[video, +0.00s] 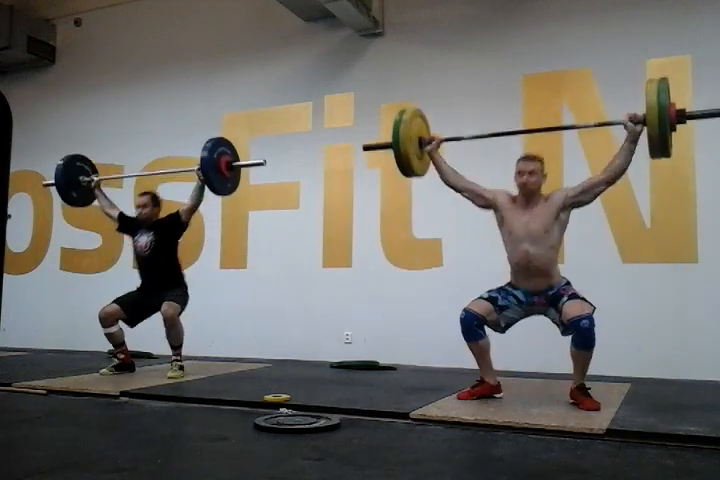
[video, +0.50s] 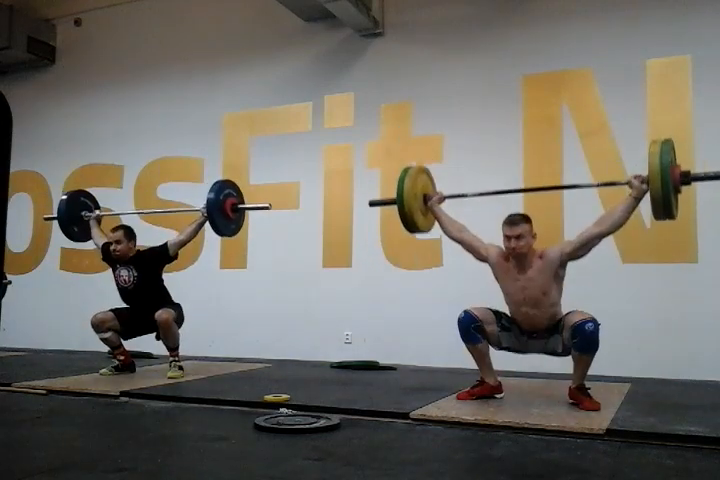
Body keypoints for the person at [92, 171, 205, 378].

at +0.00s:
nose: (139, 211)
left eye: (144, 207)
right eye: (138, 207)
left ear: (156, 208)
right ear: (136, 209)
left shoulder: (170, 225)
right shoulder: (134, 227)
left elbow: (191, 206)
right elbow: (110, 210)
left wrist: (201, 181)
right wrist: (96, 189)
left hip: (173, 289)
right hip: (148, 291)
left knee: (169, 313)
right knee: (107, 315)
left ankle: (177, 361)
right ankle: (124, 361)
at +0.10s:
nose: (127, 220)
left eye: (131, 216)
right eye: (125, 216)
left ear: (145, 218)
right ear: (124, 218)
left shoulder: (160, 234)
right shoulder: (124, 236)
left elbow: (186, 210)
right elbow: (104, 214)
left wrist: (201, 186)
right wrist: (93, 194)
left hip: (168, 294)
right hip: (143, 298)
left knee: (170, 314)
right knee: (104, 317)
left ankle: (176, 362)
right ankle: (124, 361)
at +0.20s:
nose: (120, 228)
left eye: (125, 223)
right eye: (118, 224)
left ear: (138, 225)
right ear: (115, 225)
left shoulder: (155, 241)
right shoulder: (117, 243)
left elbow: (184, 221)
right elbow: (101, 224)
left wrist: (202, 197)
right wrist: (93, 206)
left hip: (166, 299)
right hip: (141, 302)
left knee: (167, 315)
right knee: (101, 320)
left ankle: (175, 361)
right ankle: (124, 362)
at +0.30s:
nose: (115, 235)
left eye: (120, 231)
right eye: (114, 231)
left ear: (134, 233)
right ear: (112, 234)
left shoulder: (152, 248)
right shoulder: (115, 250)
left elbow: (183, 229)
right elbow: (99, 231)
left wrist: (203, 205)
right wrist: (92, 213)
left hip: (163, 305)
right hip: (138, 308)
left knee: (167, 316)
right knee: (98, 322)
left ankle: (176, 361)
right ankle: (123, 361)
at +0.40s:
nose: (114, 242)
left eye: (119, 237)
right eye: (112, 238)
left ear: (132, 239)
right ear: (110, 241)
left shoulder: (151, 253)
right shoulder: (114, 256)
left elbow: (181, 235)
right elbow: (99, 235)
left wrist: (202, 213)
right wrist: (93, 217)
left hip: (163, 310)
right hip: (137, 312)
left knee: (163, 318)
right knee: (98, 323)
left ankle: (175, 362)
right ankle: (124, 362)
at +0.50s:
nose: (113, 248)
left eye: (118, 243)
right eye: (111, 244)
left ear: (132, 244)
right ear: (109, 246)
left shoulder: (150, 257)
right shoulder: (114, 260)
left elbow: (181, 240)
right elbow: (98, 239)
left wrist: (203, 218)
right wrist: (93, 221)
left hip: (164, 311)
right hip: (138, 313)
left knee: (163, 317)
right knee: (99, 321)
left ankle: (175, 362)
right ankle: (125, 362)